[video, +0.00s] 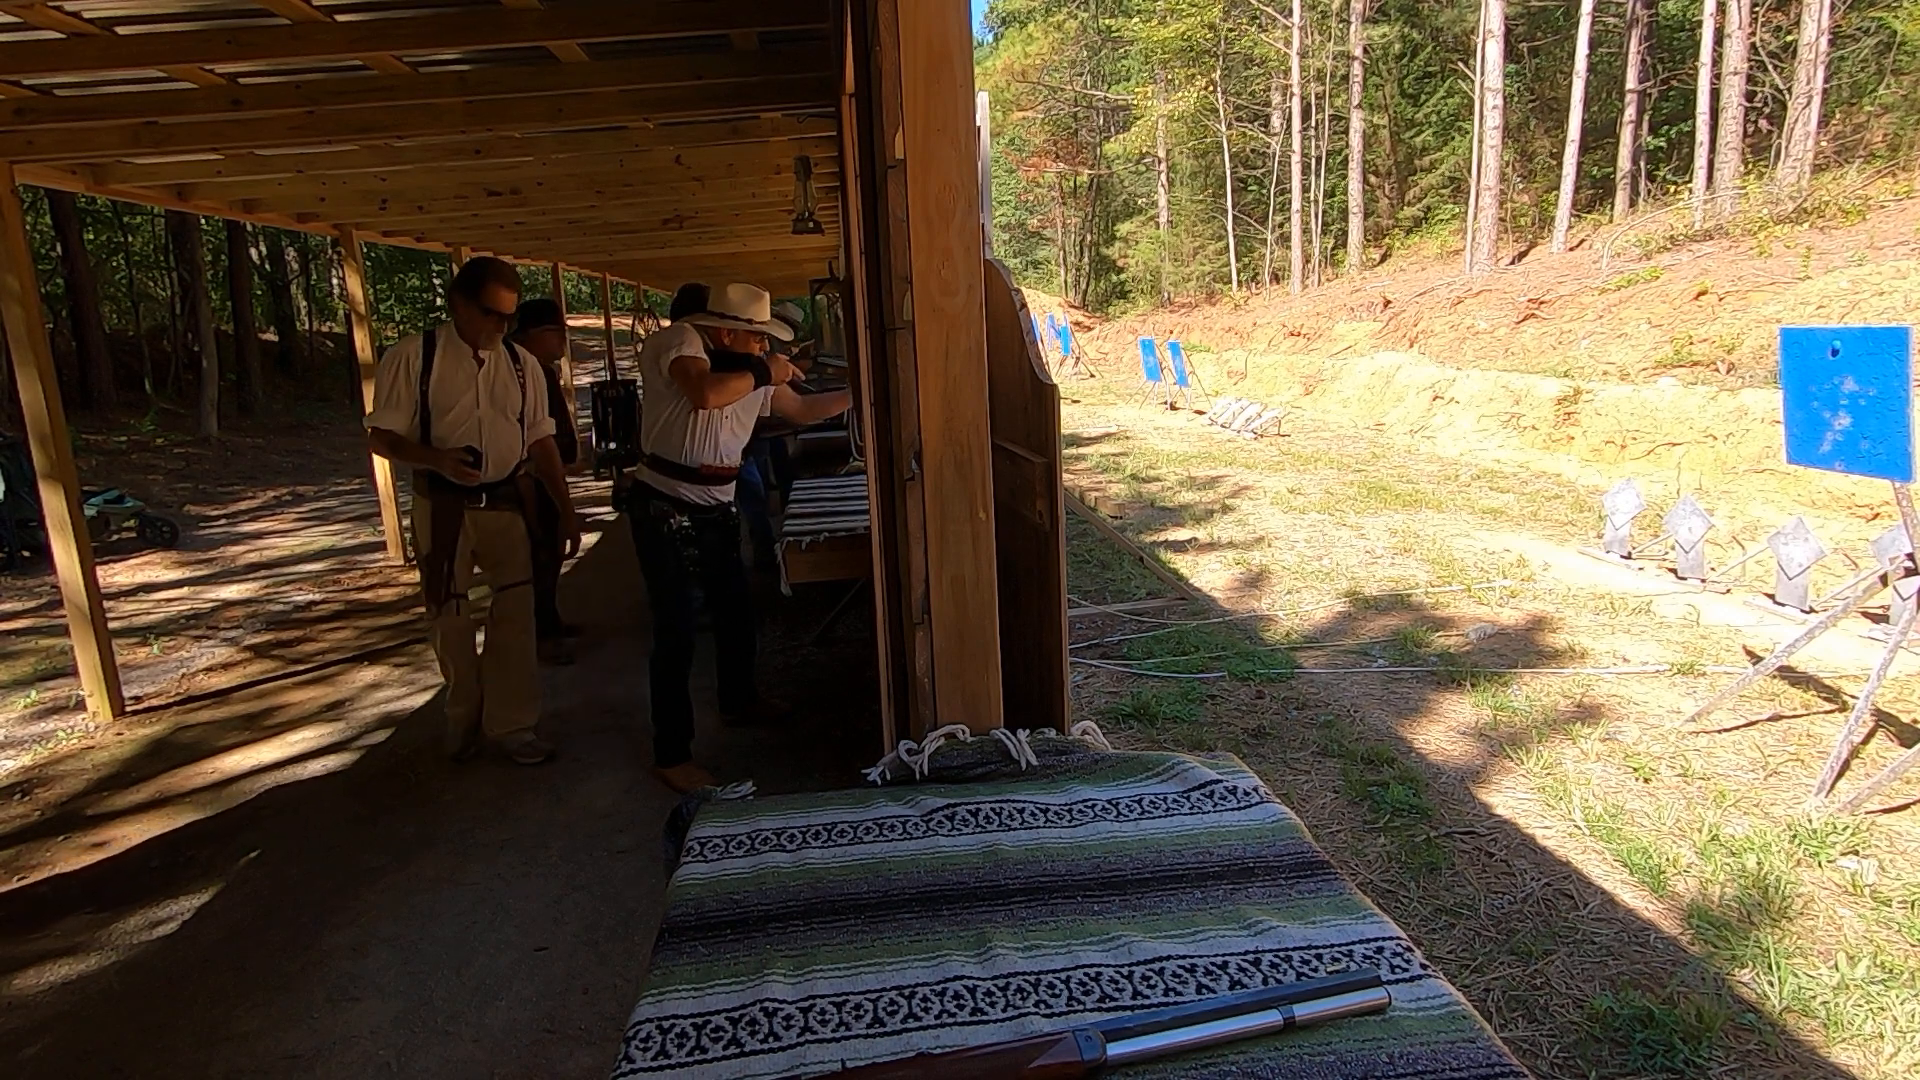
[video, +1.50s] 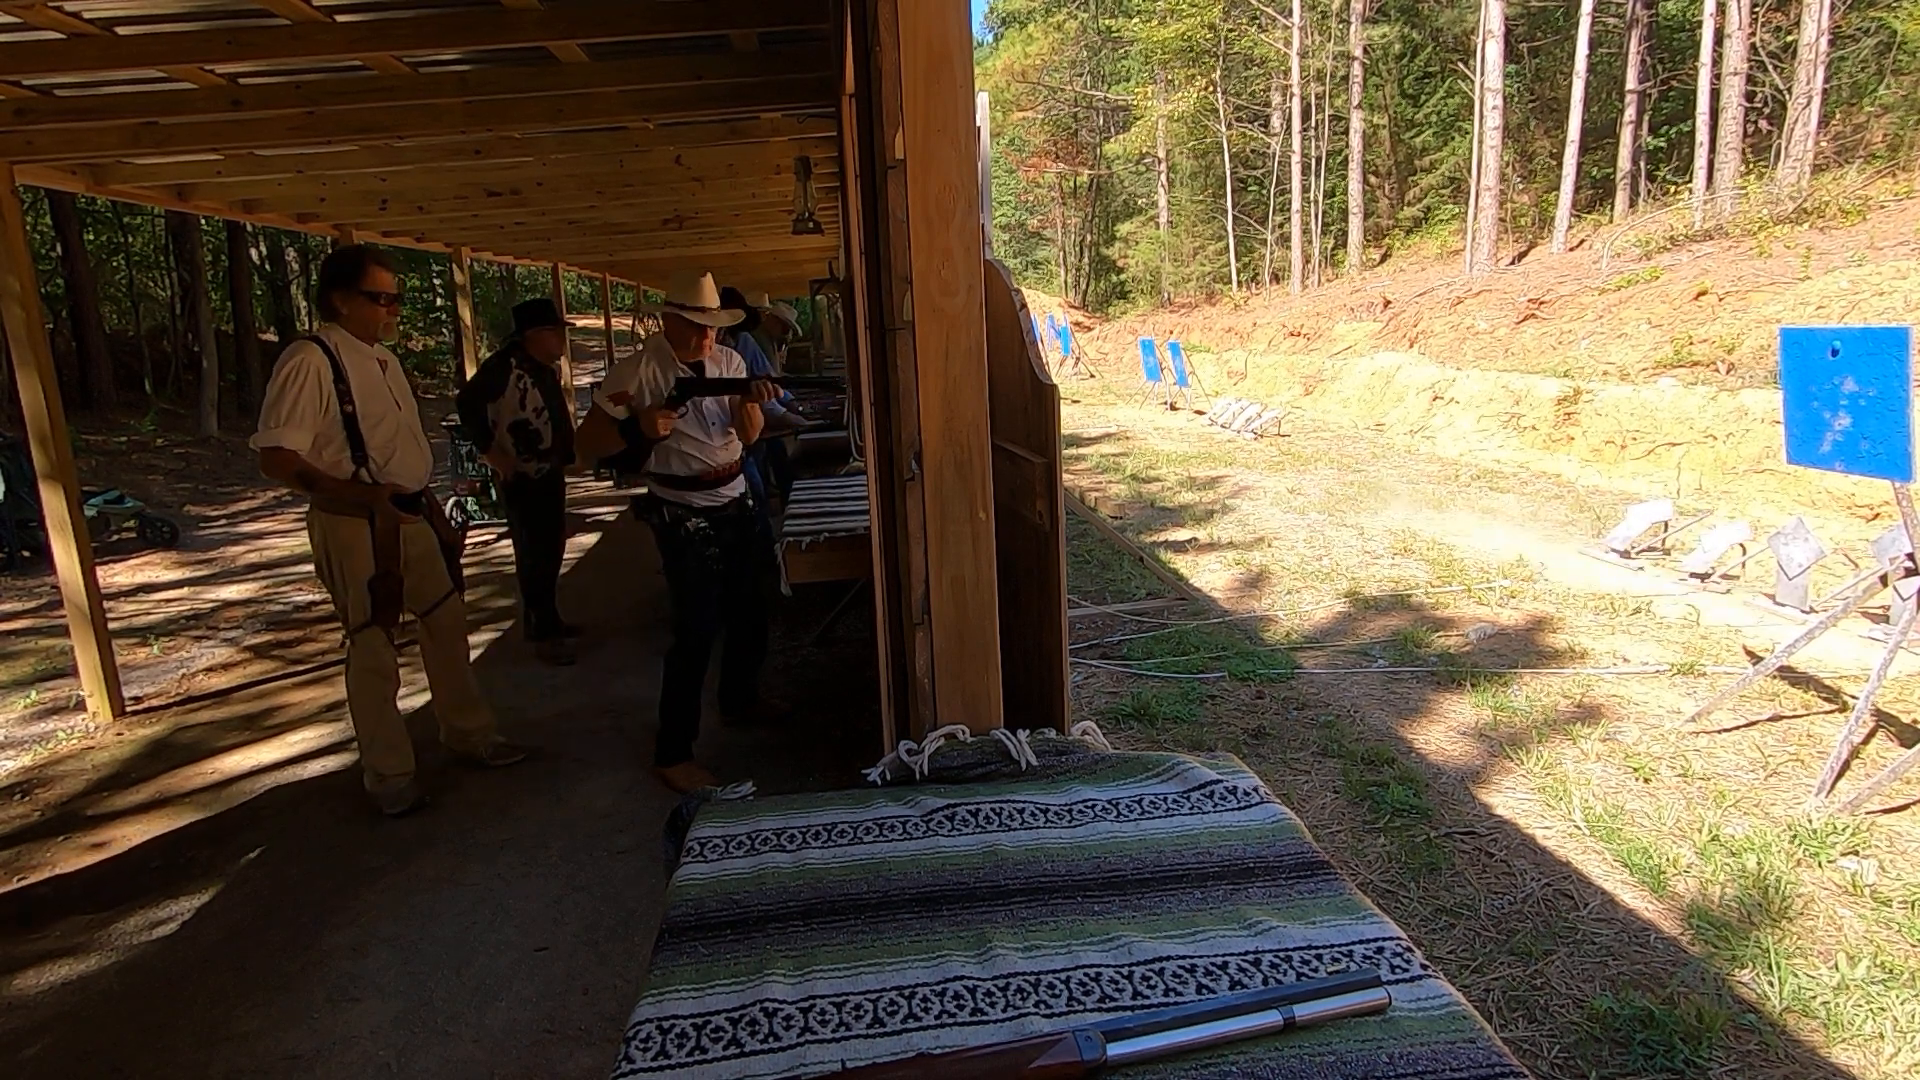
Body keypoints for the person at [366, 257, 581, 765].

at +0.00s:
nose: (501, 327)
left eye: (509, 316)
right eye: (492, 315)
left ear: (514, 313)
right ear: (458, 302)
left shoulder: (523, 364)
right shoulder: (413, 356)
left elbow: (541, 441)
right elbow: (380, 437)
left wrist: (565, 506)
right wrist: (435, 457)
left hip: (507, 502)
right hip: (442, 505)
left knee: (515, 615)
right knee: (451, 618)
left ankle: (512, 727)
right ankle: (464, 721)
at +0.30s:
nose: (483, 346)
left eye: (490, 337)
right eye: (478, 333)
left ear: (493, 328)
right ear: (448, 313)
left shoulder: (488, 368)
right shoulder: (391, 355)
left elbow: (505, 449)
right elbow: (346, 439)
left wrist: (534, 518)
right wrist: (413, 471)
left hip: (475, 515)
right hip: (409, 515)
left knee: (500, 618)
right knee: (406, 639)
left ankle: (510, 729)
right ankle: (394, 776)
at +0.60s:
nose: (453, 349)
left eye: (460, 340)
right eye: (448, 335)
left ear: (456, 332)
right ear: (414, 314)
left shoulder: (438, 367)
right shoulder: (357, 359)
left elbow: (435, 446)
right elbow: (309, 448)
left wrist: (457, 492)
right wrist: (398, 490)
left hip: (427, 516)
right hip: (363, 521)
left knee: (465, 620)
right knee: (376, 646)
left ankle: (498, 730)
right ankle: (391, 779)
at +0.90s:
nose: (431, 329)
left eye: (436, 319)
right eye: (423, 316)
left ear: (423, 316)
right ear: (382, 306)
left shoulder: (409, 363)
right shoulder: (337, 357)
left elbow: (408, 446)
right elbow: (293, 451)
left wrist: (433, 502)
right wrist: (380, 496)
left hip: (413, 514)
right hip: (351, 521)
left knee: (444, 625)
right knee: (369, 646)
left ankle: (469, 737)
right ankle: (390, 778)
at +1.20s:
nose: (406, 311)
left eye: (408, 300)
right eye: (394, 300)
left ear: (395, 304)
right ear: (352, 301)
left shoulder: (391, 359)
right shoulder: (320, 357)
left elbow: (404, 445)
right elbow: (283, 456)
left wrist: (434, 509)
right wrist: (373, 498)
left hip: (412, 514)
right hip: (353, 523)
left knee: (444, 627)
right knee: (371, 649)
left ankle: (470, 737)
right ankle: (390, 781)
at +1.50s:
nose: (392, 308)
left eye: (395, 298)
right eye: (381, 298)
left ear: (390, 300)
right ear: (340, 300)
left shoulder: (384, 358)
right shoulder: (309, 358)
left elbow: (401, 445)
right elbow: (274, 456)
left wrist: (432, 507)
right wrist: (353, 494)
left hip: (410, 512)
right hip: (352, 520)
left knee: (446, 622)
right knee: (372, 645)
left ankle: (471, 737)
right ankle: (388, 778)